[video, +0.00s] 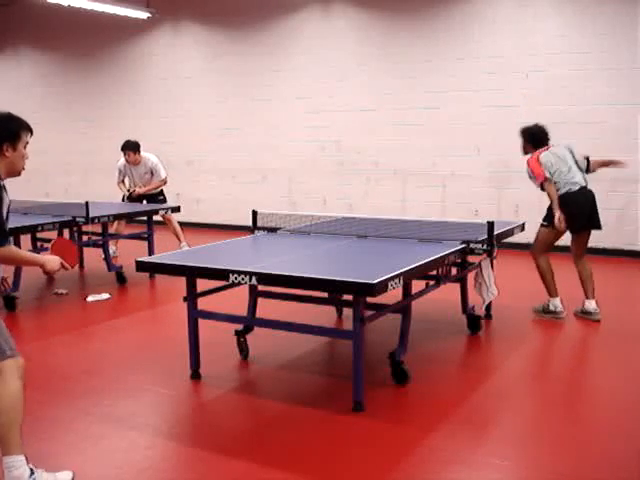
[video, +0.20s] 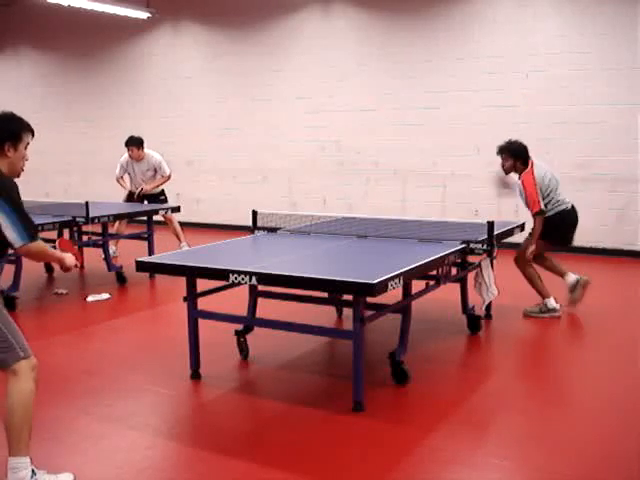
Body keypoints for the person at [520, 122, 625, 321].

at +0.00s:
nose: (522, 146)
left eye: (523, 142)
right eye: (522, 142)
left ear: (530, 143)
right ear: (544, 141)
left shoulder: (534, 160)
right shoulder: (564, 150)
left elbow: (548, 183)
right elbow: (588, 166)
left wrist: (556, 211)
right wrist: (609, 162)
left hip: (565, 202)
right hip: (587, 198)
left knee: (538, 251)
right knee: (579, 255)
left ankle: (554, 303)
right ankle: (591, 303)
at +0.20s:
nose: (502, 164)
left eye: (505, 160)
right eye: (502, 160)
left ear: (517, 161)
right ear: (520, 160)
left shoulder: (527, 179)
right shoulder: (533, 167)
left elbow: (539, 215)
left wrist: (531, 244)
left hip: (555, 218)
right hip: (567, 214)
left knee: (521, 260)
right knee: (536, 256)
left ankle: (549, 303)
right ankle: (572, 280)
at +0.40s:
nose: (495, 161)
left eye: (499, 157)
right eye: (494, 157)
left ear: (511, 157)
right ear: (493, 158)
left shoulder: (523, 177)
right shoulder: (497, 169)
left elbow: (537, 209)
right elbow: (477, 163)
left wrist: (530, 235)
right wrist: (466, 173)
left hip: (540, 218)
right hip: (522, 216)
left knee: (518, 260)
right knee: (497, 242)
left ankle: (549, 301)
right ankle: (499, 278)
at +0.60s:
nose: (489, 156)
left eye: (493, 152)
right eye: (486, 152)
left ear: (503, 152)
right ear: (484, 153)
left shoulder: (516, 171)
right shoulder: (484, 174)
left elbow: (532, 195)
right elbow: (473, 193)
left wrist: (528, 220)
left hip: (523, 212)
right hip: (501, 212)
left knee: (518, 251)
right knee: (484, 245)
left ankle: (550, 290)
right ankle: (480, 278)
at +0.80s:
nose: (491, 141)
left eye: (495, 137)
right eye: (488, 137)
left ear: (505, 138)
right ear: (486, 139)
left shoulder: (520, 159)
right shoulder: (485, 166)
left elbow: (532, 182)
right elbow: (485, 191)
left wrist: (526, 203)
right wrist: (484, 208)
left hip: (522, 206)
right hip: (499, 209)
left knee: (532, 247)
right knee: (486, 246)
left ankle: (553, 282)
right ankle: (478, 277)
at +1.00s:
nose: (500, 127)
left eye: (504, 122)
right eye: (497, 123)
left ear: (514, 124)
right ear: (495, 126)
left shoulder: (527, 143)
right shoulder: (496, 153)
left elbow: (544, 166)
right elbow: (495, 181)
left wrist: (526, 185)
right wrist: (488, 198)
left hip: (539, 193)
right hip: (516, 195)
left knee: (543, 241)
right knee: (500, 236)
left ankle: (555, 281)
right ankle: (502, 276)